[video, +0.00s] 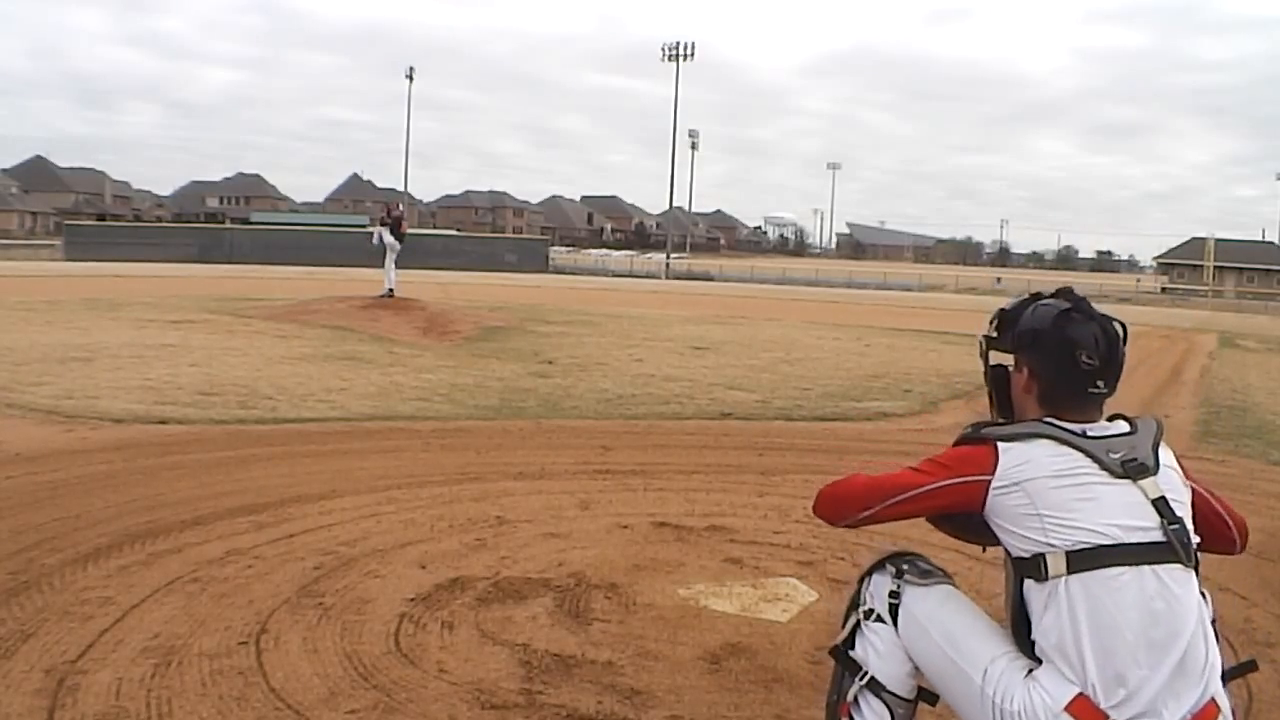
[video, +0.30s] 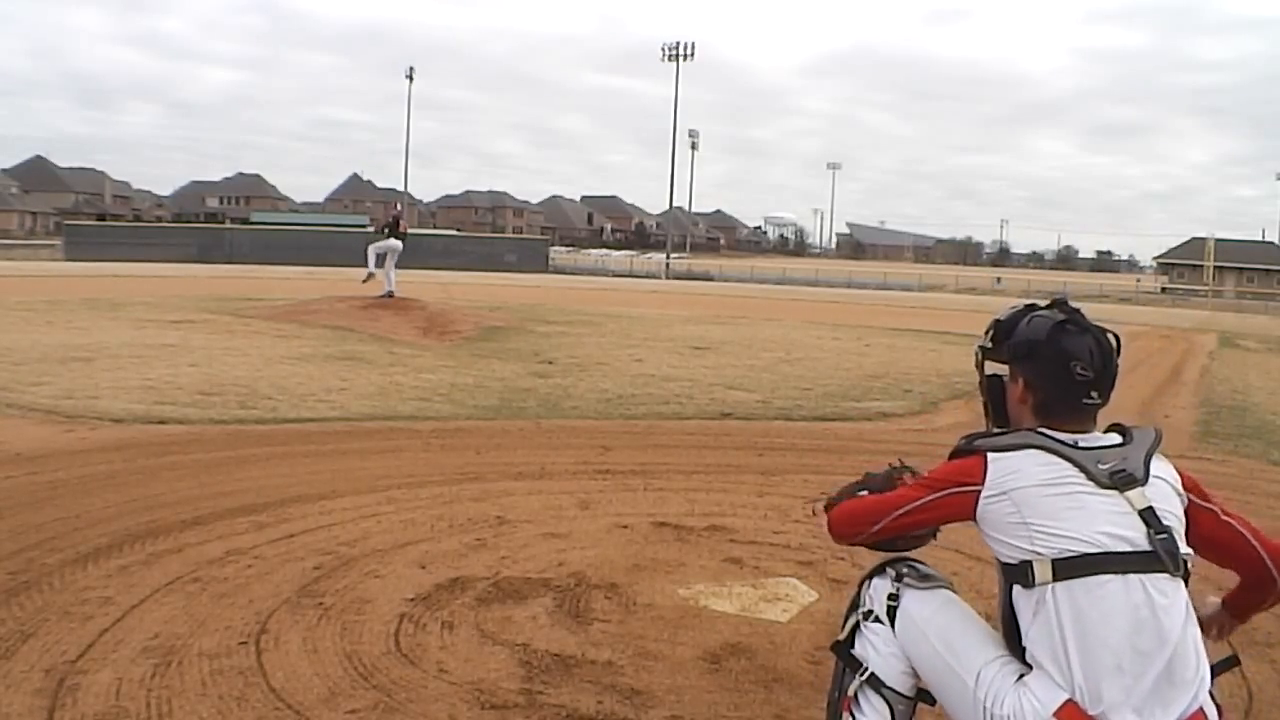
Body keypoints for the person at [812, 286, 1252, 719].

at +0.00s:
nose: (1008, 375)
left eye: (1011, 363)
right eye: (1010, 362)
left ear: (1026, 378)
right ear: (1100, 380)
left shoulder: (1003, 457)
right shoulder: (1153, 451)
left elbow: (832, 504)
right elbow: (1232, 535)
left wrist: (929, 486)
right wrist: (1131, 501)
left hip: (1081, 710)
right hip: (1202, 709)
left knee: (893, 583)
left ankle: (868, 707)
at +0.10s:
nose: (1007, 383)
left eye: (1011, 371)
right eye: (1009, 369)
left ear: (1028, 386)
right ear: (1104, 386)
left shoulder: (1003, 464)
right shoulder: (1158, 458)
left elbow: (833, 512)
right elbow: (1253, 538)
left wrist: (957, 523)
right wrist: (1142, 513)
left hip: (1078, 711)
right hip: (1199, 710)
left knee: (895, 585)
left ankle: (869, 709)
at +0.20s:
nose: (1005, 385)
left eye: (1009, 372)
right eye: (1007, 371)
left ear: (1026, 387)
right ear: (1100, 386)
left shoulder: (998, 465)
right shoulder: (1160, 464)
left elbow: (837, 517)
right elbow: (1262, 549)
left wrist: (927, 521)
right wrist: (1151, 550)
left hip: (1067, 712)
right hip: (1193, 711)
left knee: (893, 585)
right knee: (1058, 578)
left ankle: (869, 709)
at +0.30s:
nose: (1002, 388)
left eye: (1005, 375)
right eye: (1002, 373)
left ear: (1022, 390)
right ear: (1094, 390)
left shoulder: (994, 468)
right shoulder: (1157, 469)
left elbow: (845, 522)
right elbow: (1267, 569)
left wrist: (884, 487)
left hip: (1067, 715)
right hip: (1191, 713)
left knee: (893, 587)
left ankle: (870, 710)